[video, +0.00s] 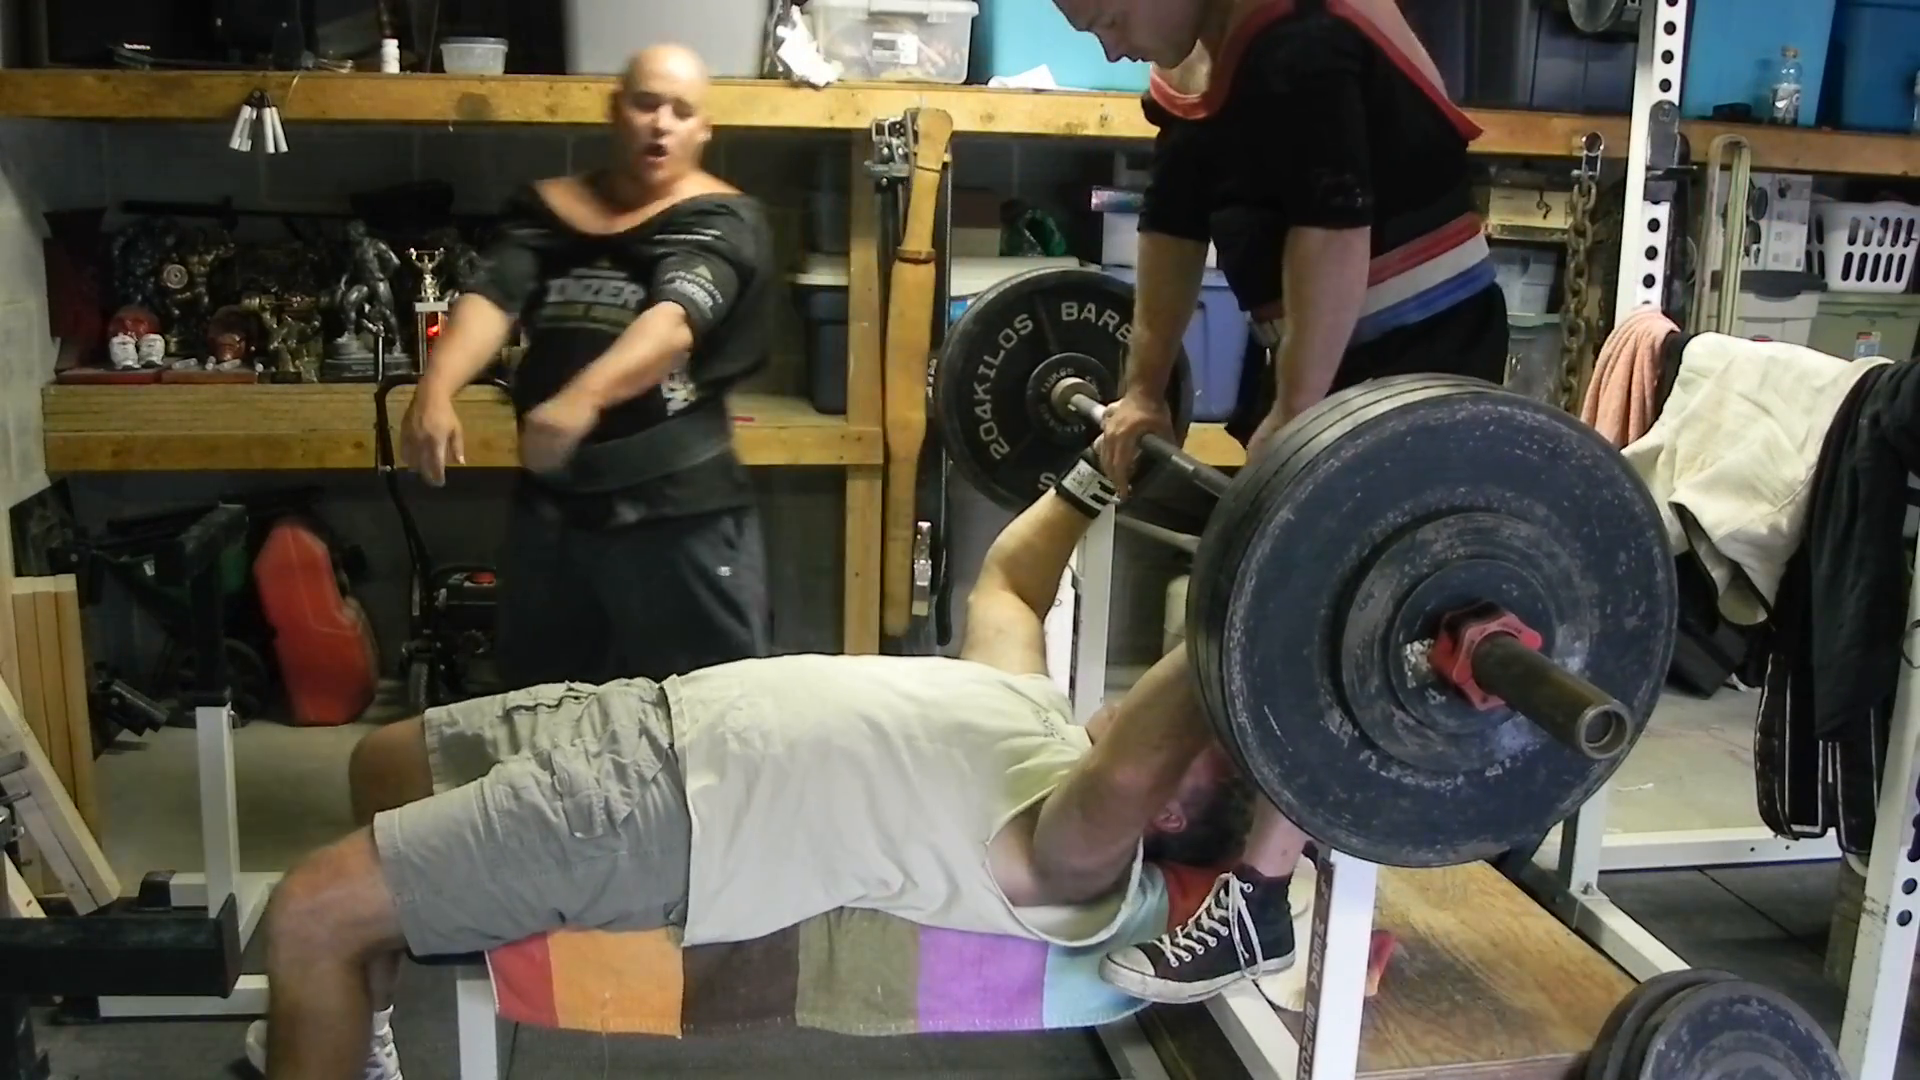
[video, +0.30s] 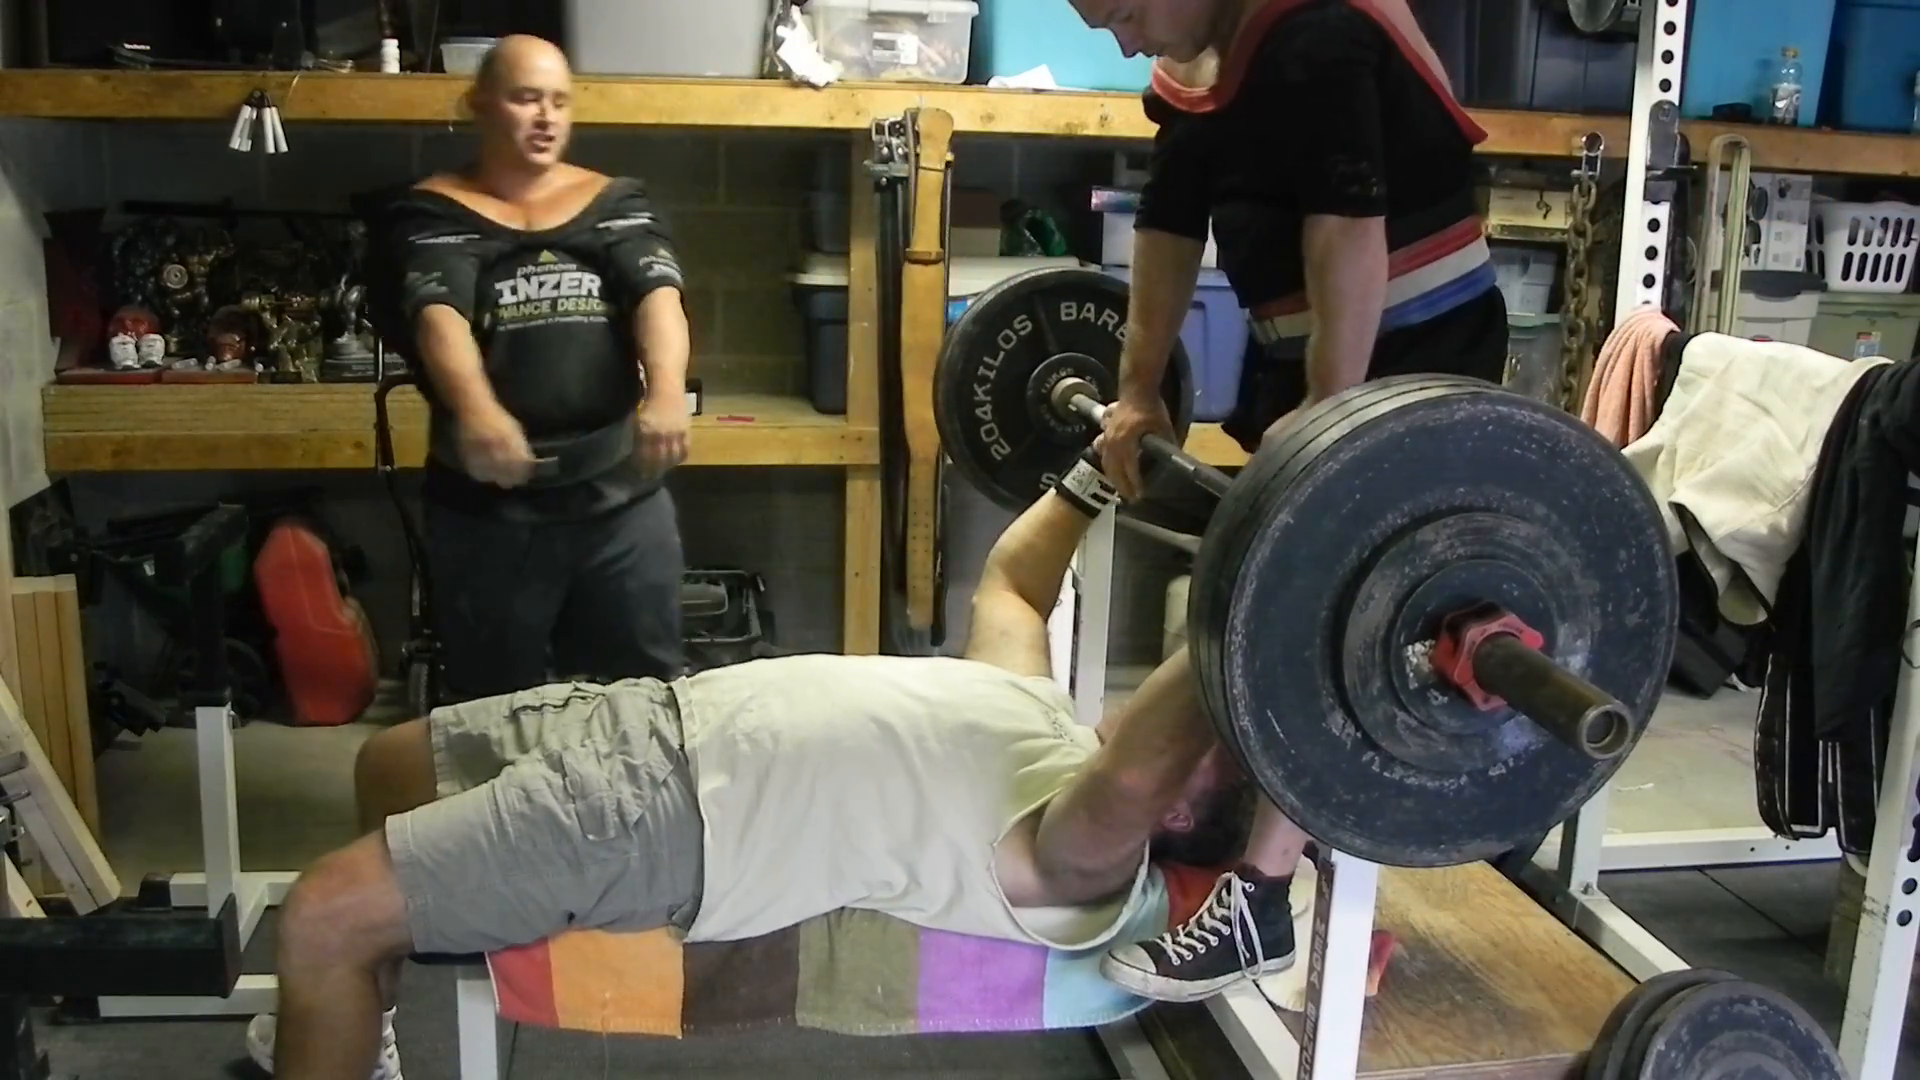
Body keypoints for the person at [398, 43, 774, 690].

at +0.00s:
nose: (661, 123)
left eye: (680, 110)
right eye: (646, 104)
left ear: (703, 128)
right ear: (615, 108)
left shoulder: (721, 216)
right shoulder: (548, 205)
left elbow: (676, 322)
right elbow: (491, 297)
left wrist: (581, 397)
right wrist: (435, 390)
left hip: (682, 518)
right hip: (554, 517)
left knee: (702, 731)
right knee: (546, 729)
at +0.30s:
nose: (545, 114)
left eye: (559, 99)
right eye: (526, 98)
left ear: (572, 109)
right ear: (482, 106)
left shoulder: (615, 199)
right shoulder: (435, 207)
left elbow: (657, 294)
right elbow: (436, 314)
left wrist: (667, 392)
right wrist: (477, 410)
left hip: (621, 503)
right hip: (490, 511)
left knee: (646, 705)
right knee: (500, 717)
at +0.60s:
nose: (514, 113)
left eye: (519, 97)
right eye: (493, 96)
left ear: (528, 104)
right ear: (435, 105)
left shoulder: (564, 196)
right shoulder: (404, 207)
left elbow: (637, 279)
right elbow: (476, 306)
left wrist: (711, 361)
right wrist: (606, 361)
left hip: (600, 489)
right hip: (479, 507)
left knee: (637, 695)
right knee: (494, 727)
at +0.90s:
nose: (530, 119)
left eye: (536, 103)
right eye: (508, 103)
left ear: (544, 107)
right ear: (454, 113)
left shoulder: (585, 195)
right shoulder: (423, 208)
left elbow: (647, 273)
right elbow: (474, 306)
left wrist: (689, 356)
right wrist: (565, 381)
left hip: (611, 494)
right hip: (494, 501)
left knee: (624, 688)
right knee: (498, 713)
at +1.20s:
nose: (568, 133)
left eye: (580, 116)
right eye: (549, 118)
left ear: (593, 118)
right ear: (509, 122)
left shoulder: (641, 202)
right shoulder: (469, 212)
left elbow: (679, 295)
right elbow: (479, 327)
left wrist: (686, 391)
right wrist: (523, 428)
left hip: (635, 482)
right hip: (514, 486)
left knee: (620, 672)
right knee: (504, 677)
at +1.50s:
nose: (589, 131)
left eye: (602, 114)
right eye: (570, 116)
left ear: (618, 117)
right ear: (535, 119)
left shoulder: (667, 199)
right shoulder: (493, 204)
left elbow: (696, 302)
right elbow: (497, 311)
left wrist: (680, 411)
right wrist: (537, 407)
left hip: (646, 469)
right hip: (529, 470)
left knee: (623, 656)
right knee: (522, 663)